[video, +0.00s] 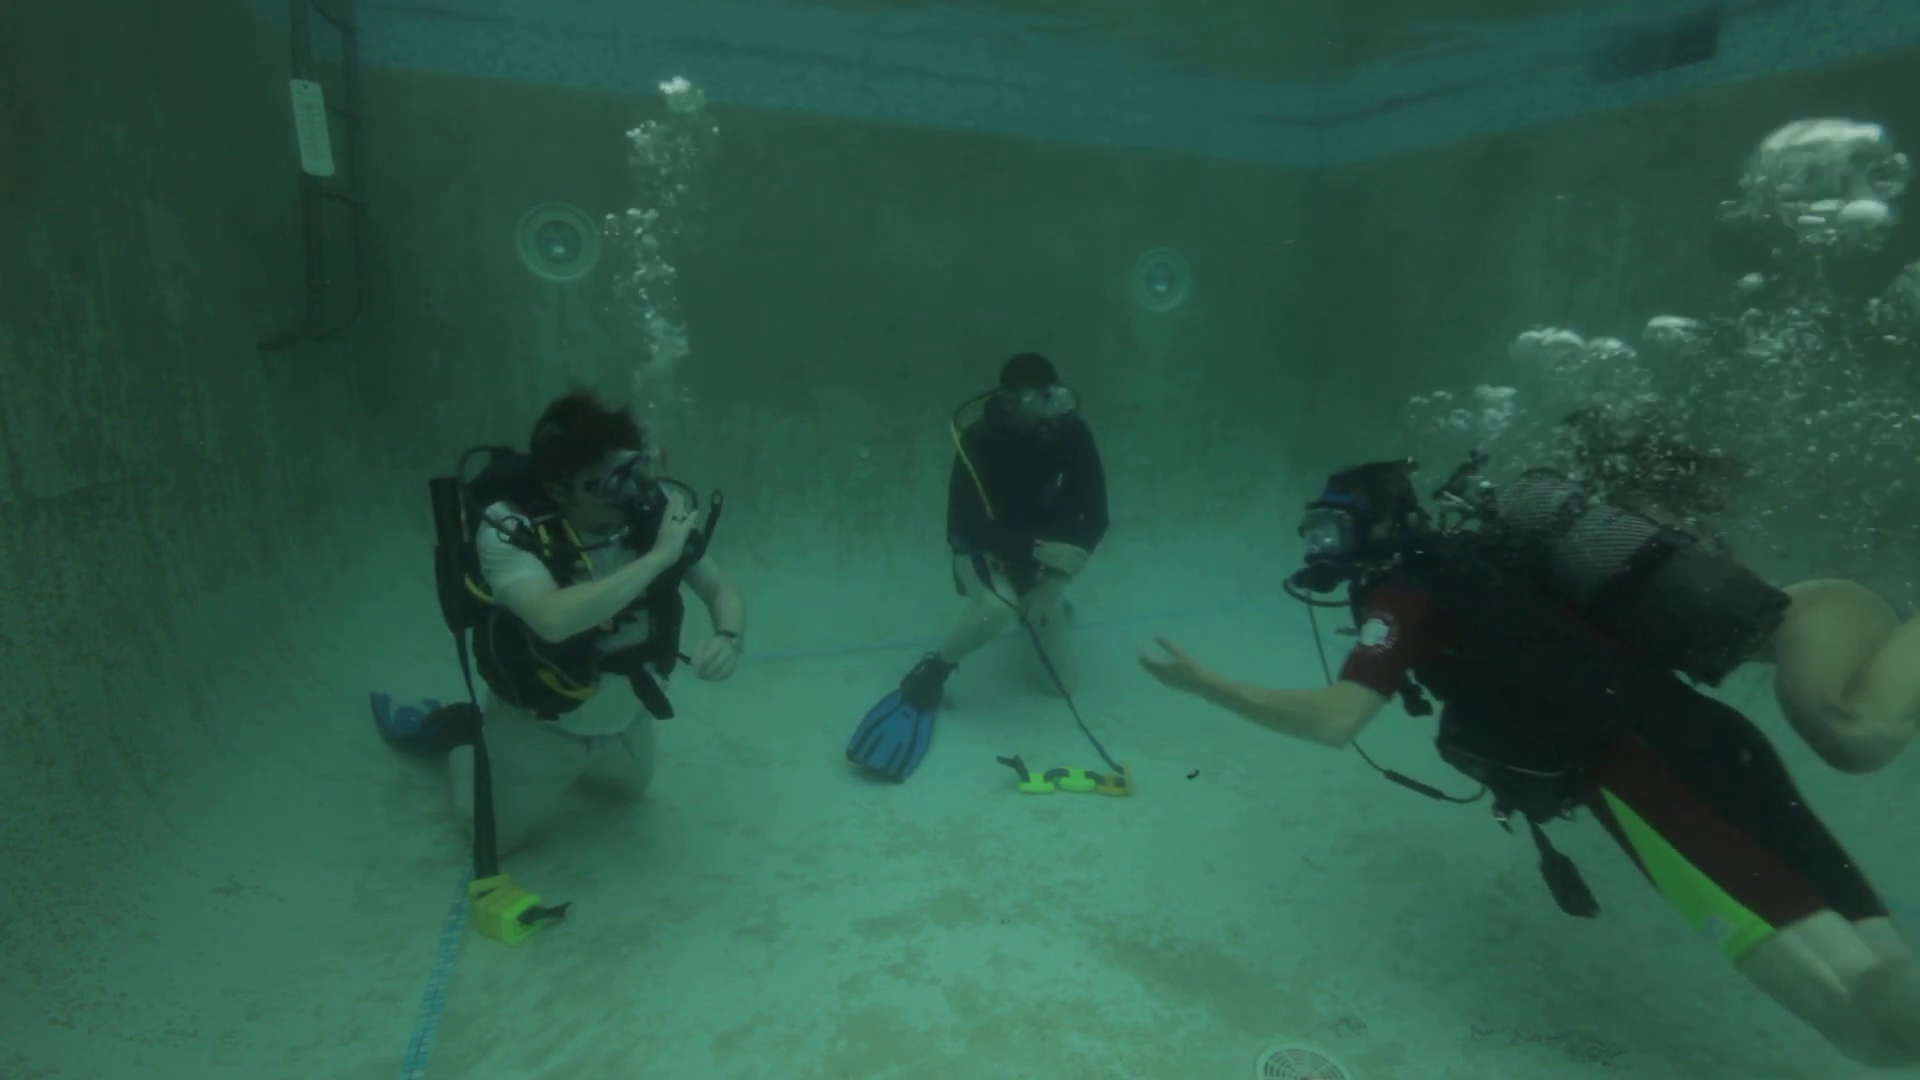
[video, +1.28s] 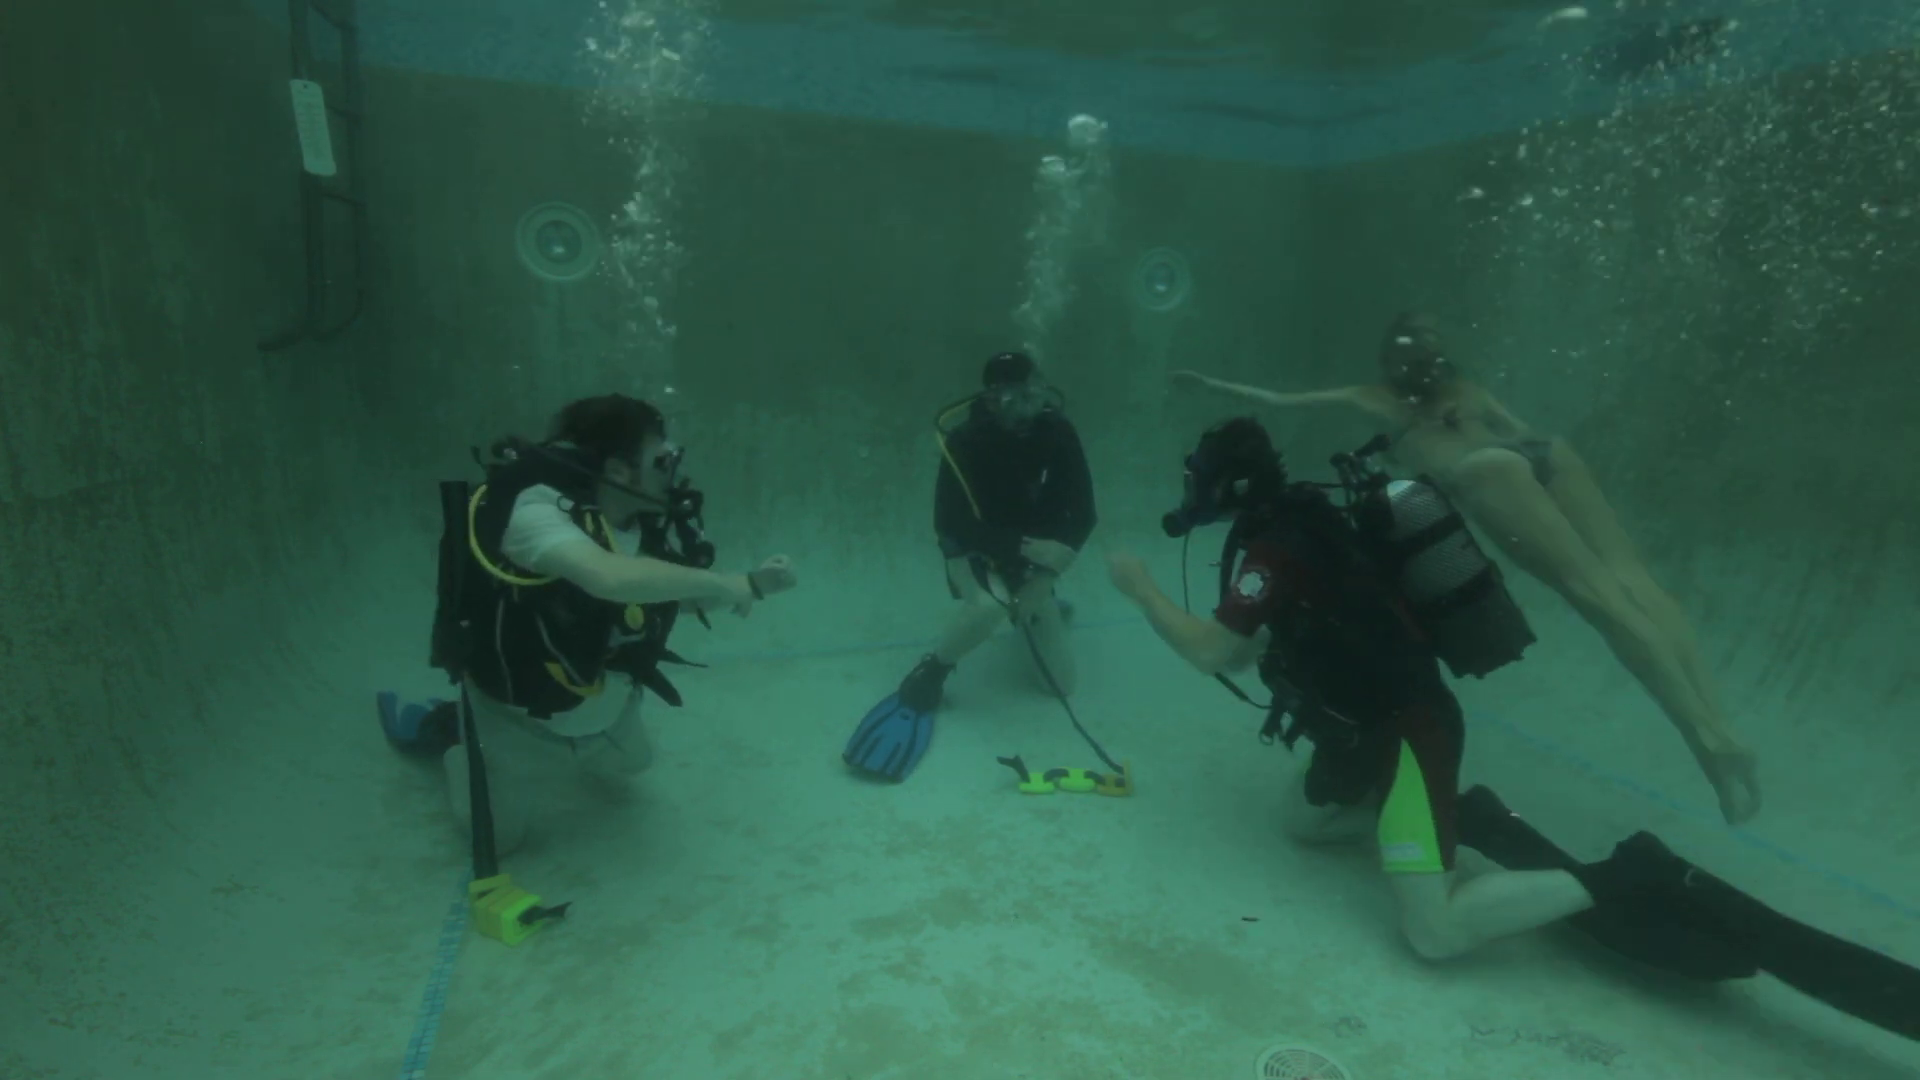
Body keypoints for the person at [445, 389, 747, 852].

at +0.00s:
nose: (635, 492)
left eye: (636, 472)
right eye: (614, 481)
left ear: (643, 462)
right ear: (562, 489)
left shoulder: (646, 512)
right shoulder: (506, 529)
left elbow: (719, 586)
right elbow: (552, 620)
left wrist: (727, 636)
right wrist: (660, 556)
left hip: (625, 711)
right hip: (538, 722)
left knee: (627, 786)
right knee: (503, 832)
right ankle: (461, 731)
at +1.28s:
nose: (675, 475)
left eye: (673, 461)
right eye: (662, 464)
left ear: (623, 470)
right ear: (616, 471)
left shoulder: (638, 510)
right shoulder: (533, 515)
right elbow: (608, 578)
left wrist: (716, 593)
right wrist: (734, 584)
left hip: (606, 701)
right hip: (520, 722)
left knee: (632, 762)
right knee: (495, 833)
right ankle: (455, 725)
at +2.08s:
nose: (706, 473)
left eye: (704, 459)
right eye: (695, 462)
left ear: (657, 467)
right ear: (651, 466)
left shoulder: (656, 520)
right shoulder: (590, 511)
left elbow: (679, 599)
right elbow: (685, 567)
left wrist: (749, 629)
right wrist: (798, 568)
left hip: (572, 695)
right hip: (505, 697)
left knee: (549, 753)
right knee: (469, 827)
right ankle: (417, 732)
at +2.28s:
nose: (711, 476)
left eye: (711, 462)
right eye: (700, 464)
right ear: (655, 463)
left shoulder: (664, 508)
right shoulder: (601, 499)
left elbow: (672, 597)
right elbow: (647, 556)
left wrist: (740, 624)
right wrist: (778, 580)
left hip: (573, 692)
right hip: (506, 689)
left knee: (528, 756)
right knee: (456, 829)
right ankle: (408, 736)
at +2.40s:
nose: (719, 475)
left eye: (719, 460)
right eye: (706, 463)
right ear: (661, 462)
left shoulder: (679, 515)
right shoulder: (617, 494)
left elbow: (695, 593)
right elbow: (604, 548)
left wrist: (756, 617)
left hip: (568, 689)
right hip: (505, 681)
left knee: (502, 758)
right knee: (451, 826)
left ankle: (427, 715)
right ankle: (396, 735)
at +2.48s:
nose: (721, 471)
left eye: (722, 456)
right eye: (707, 458)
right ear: (666, 460)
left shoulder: (681, 517)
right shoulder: (624, 500)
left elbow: (693, 589)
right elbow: (580, 549)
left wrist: (763, 609)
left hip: (572, 687)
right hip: (513, 678)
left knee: (502, 764)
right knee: (454, 826)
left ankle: (423, 716)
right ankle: (386, 738)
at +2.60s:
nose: (724, 465)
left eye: (722, 451)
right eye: (711, 453)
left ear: (686, 458)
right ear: (671, 457)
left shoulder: (682, 513)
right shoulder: (628, 507)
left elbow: (710, 576)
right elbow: (540, 570)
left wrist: (783, 594)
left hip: (574, 685)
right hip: (527, 682)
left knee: (513, 737)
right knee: (463, 831)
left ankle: (416, 677)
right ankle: (379, 739)